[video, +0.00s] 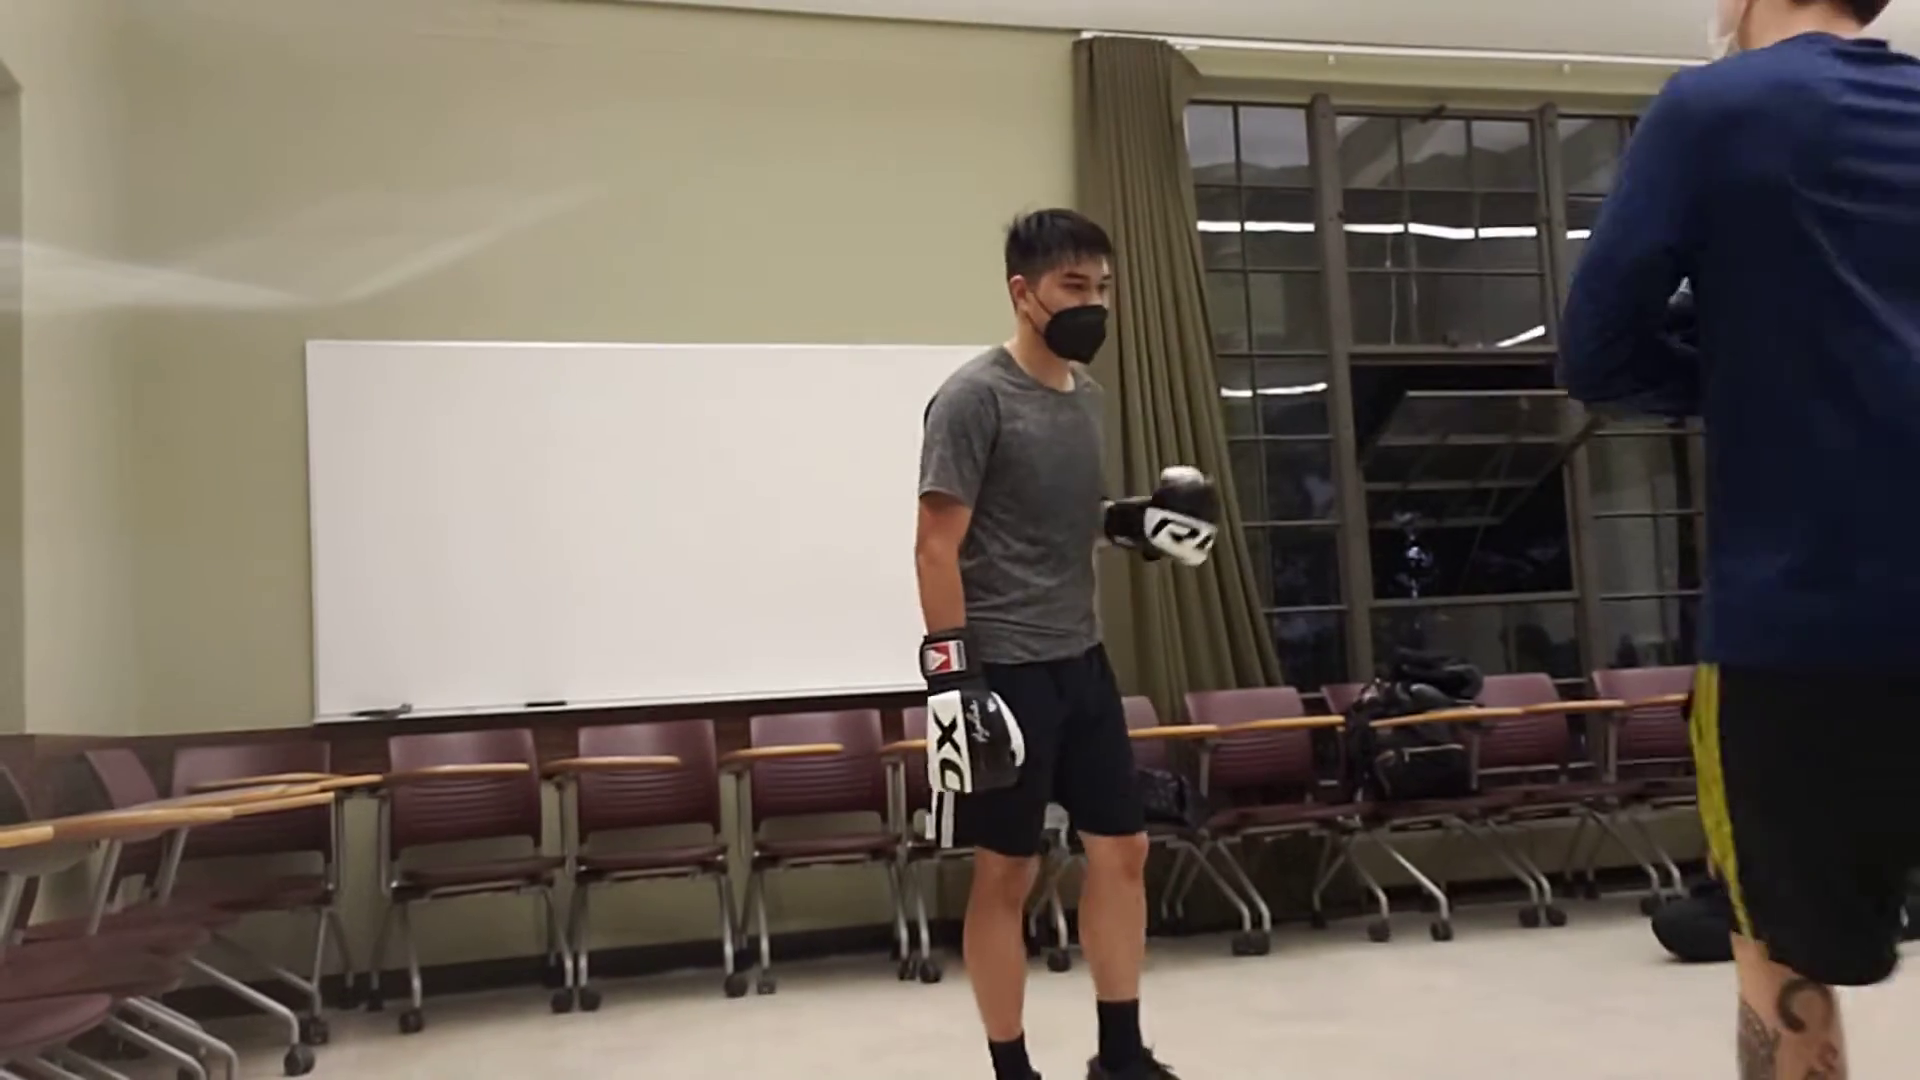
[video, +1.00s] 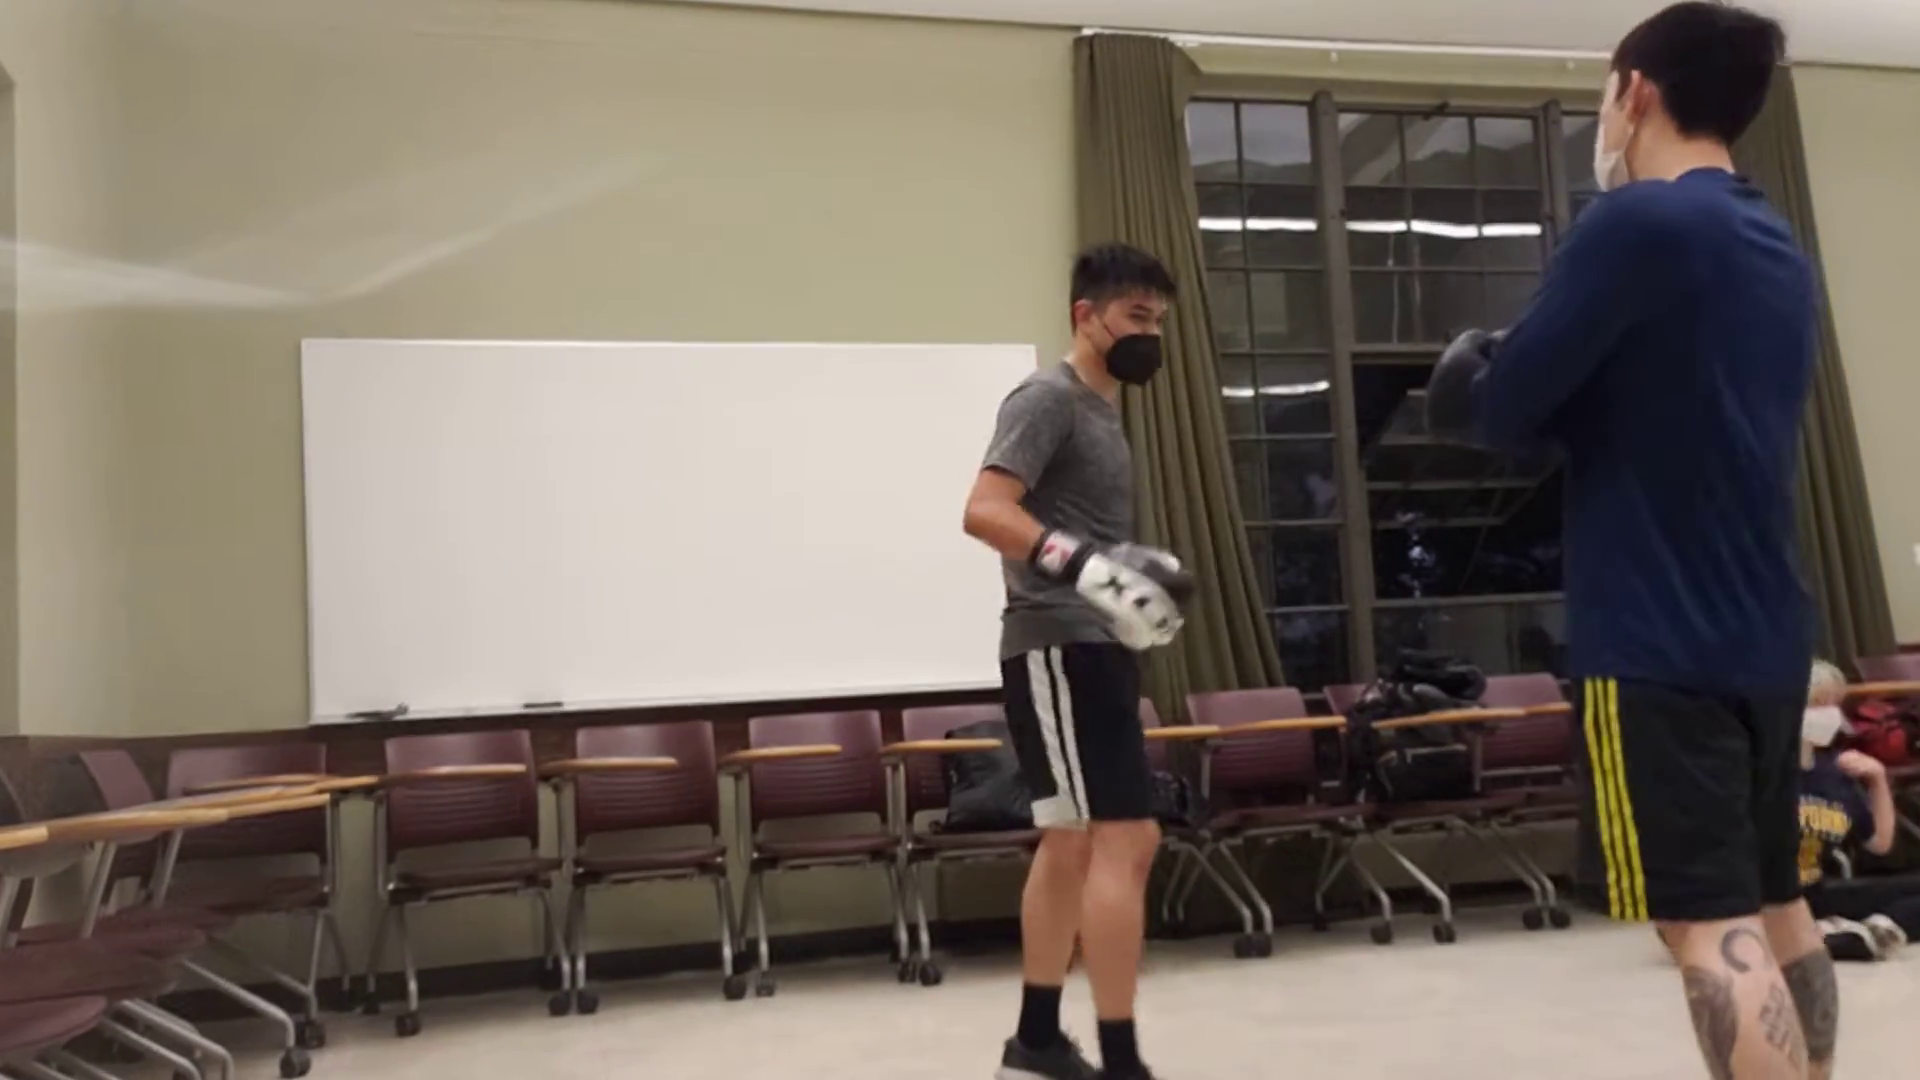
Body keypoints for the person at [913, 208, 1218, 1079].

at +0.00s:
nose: (1091, 301)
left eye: (1100, 287)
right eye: (1072, 285)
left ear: (1106, 292)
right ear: (1019, 290)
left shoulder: (1084, 396)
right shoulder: (971, 398)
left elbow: (1060, 518)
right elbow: (936, 546)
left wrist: (1131, 524)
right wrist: (950, 680)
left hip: (1080, 664)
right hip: (1000, 673)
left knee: (1122, 850)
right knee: (1006, 873)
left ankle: (1122, 1054)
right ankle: (1013, 1070)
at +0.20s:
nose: (1088, 314)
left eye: (1096, 299)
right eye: (1069, 297)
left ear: (1103, 303)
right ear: (1018, 299)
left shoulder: (1082, 408)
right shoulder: (974, 403)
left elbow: (1116, 530)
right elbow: (946, 544)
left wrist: (1164, 473)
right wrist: (956, 679)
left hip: (1069, 666)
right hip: (1003, 670)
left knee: (1080, 847)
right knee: (1007, 865)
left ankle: (1058, 1039)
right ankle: (1011, 1065)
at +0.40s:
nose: (1098, 329)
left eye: (1106, 315)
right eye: (1082, 313)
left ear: (1110, 319)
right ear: (1031, 314)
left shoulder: (1088, 423)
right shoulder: (993, 411)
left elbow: (1148, 525)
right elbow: (955, 542)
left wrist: (1170, 436)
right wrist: (988, 650)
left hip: (1073, 667)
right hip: (1016, 666)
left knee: (1059, 858)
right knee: (1024, 863)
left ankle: (1035, 1040)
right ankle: (1013, 1057)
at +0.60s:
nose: (1111, 340)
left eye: (1120, 327)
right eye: (1097, 323)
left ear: (1122, 330)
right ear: (1048, 320)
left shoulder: (1095, 425)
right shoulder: (1007, 411)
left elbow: (1144, 538)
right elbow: (965, 538)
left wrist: (1178, 467)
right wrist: (1021, 628)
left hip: (1072, 649)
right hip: (1026, 647)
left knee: (1073, 846)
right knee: (1058, 844)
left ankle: (1034, 1039)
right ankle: (1028, 1045)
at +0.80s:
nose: (1125, 345)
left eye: (1134, 333)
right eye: (1110, 329)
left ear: (1138, 337)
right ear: (1064, 325)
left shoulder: (1097, 423)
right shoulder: (1022, 411)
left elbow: (1089, 544)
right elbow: (969, 534)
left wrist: (1167, 554)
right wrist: (1038, 624)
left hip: (1078, 650)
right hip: (1040, 650)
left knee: (1055, 845)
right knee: (1110, 828)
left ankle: (1029, 1047)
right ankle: (1050, 1050)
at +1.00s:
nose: (1149, 335)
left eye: (1158, 322)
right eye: (1136, 317)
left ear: (1150, 328)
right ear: (1084, 313)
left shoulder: (1102, 409)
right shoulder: (1046, 398)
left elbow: (1085, 530)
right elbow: (984, 510)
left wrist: (1135, 569)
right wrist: (1085, 562)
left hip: (1086, 645)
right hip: (1060, 648)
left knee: (1066, 843)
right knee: (1125, 841)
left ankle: (1037, 1037)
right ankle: (1122, 1060)